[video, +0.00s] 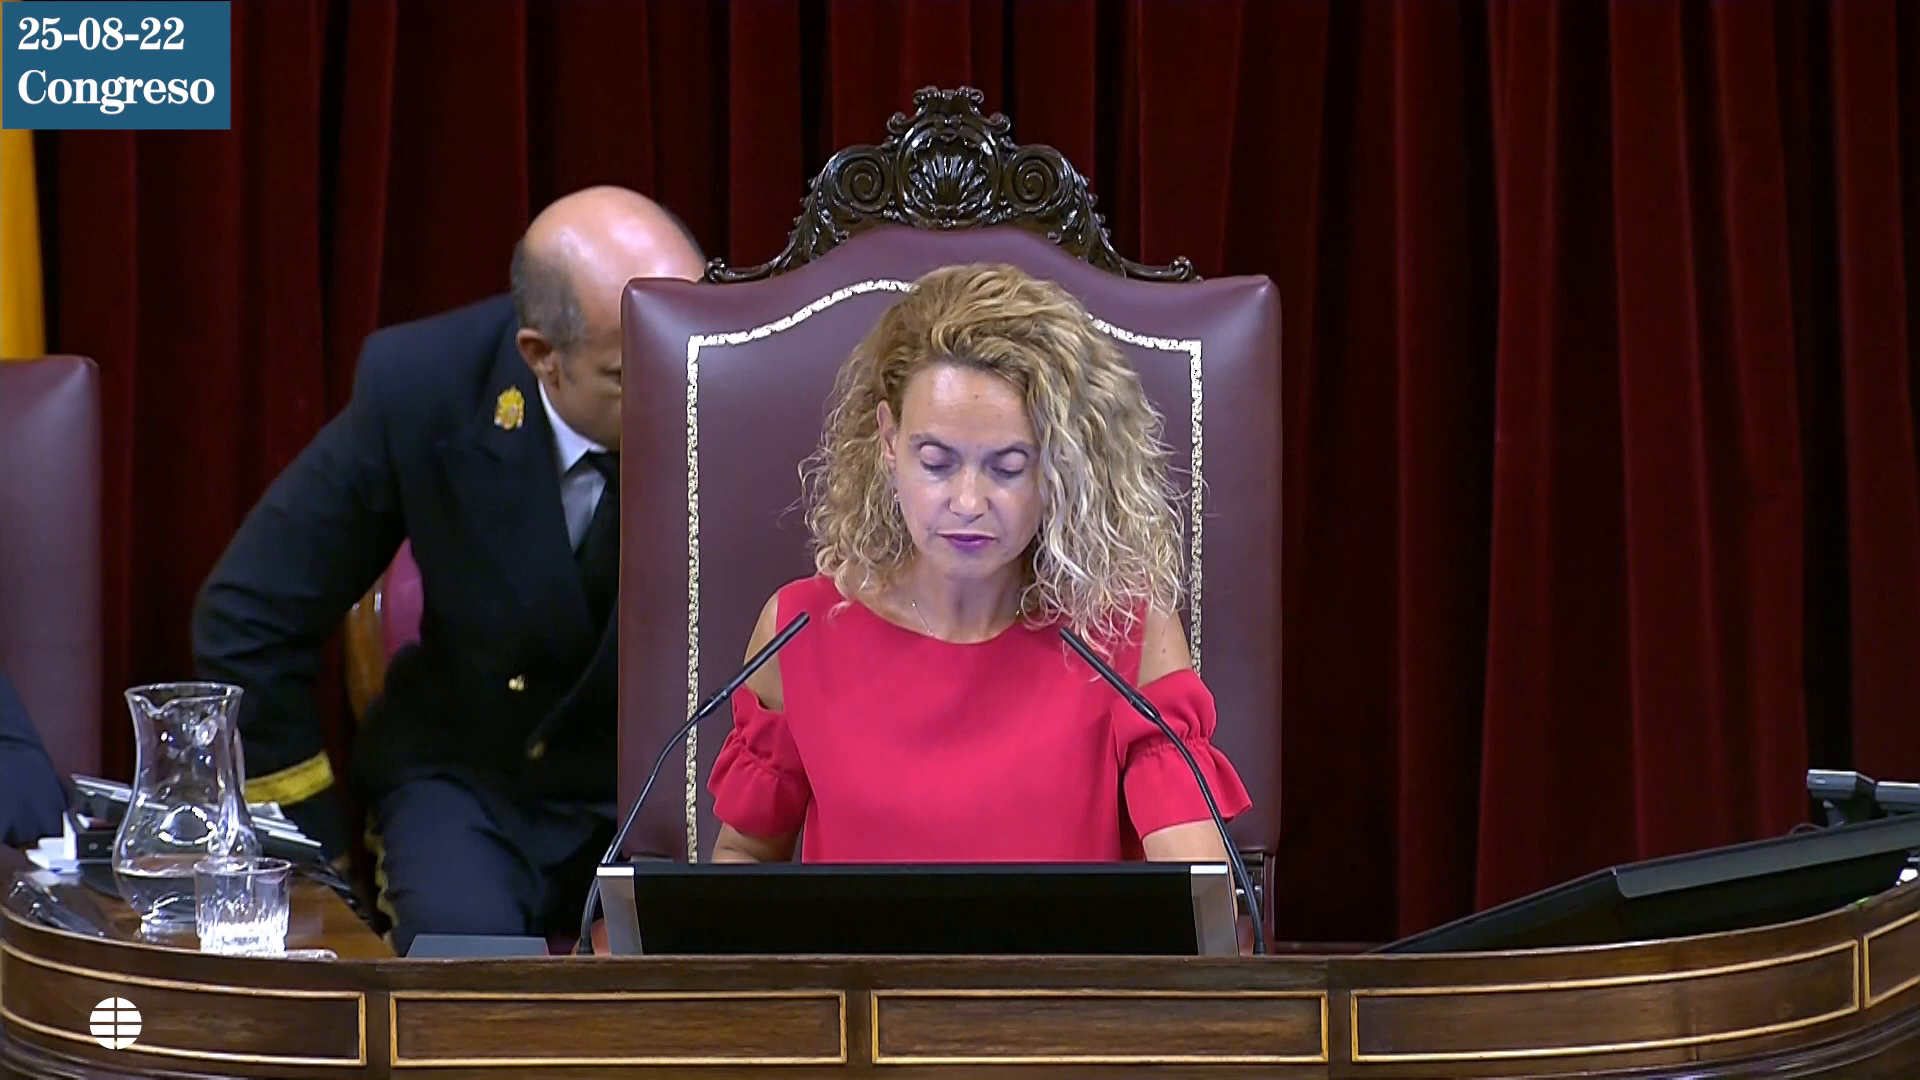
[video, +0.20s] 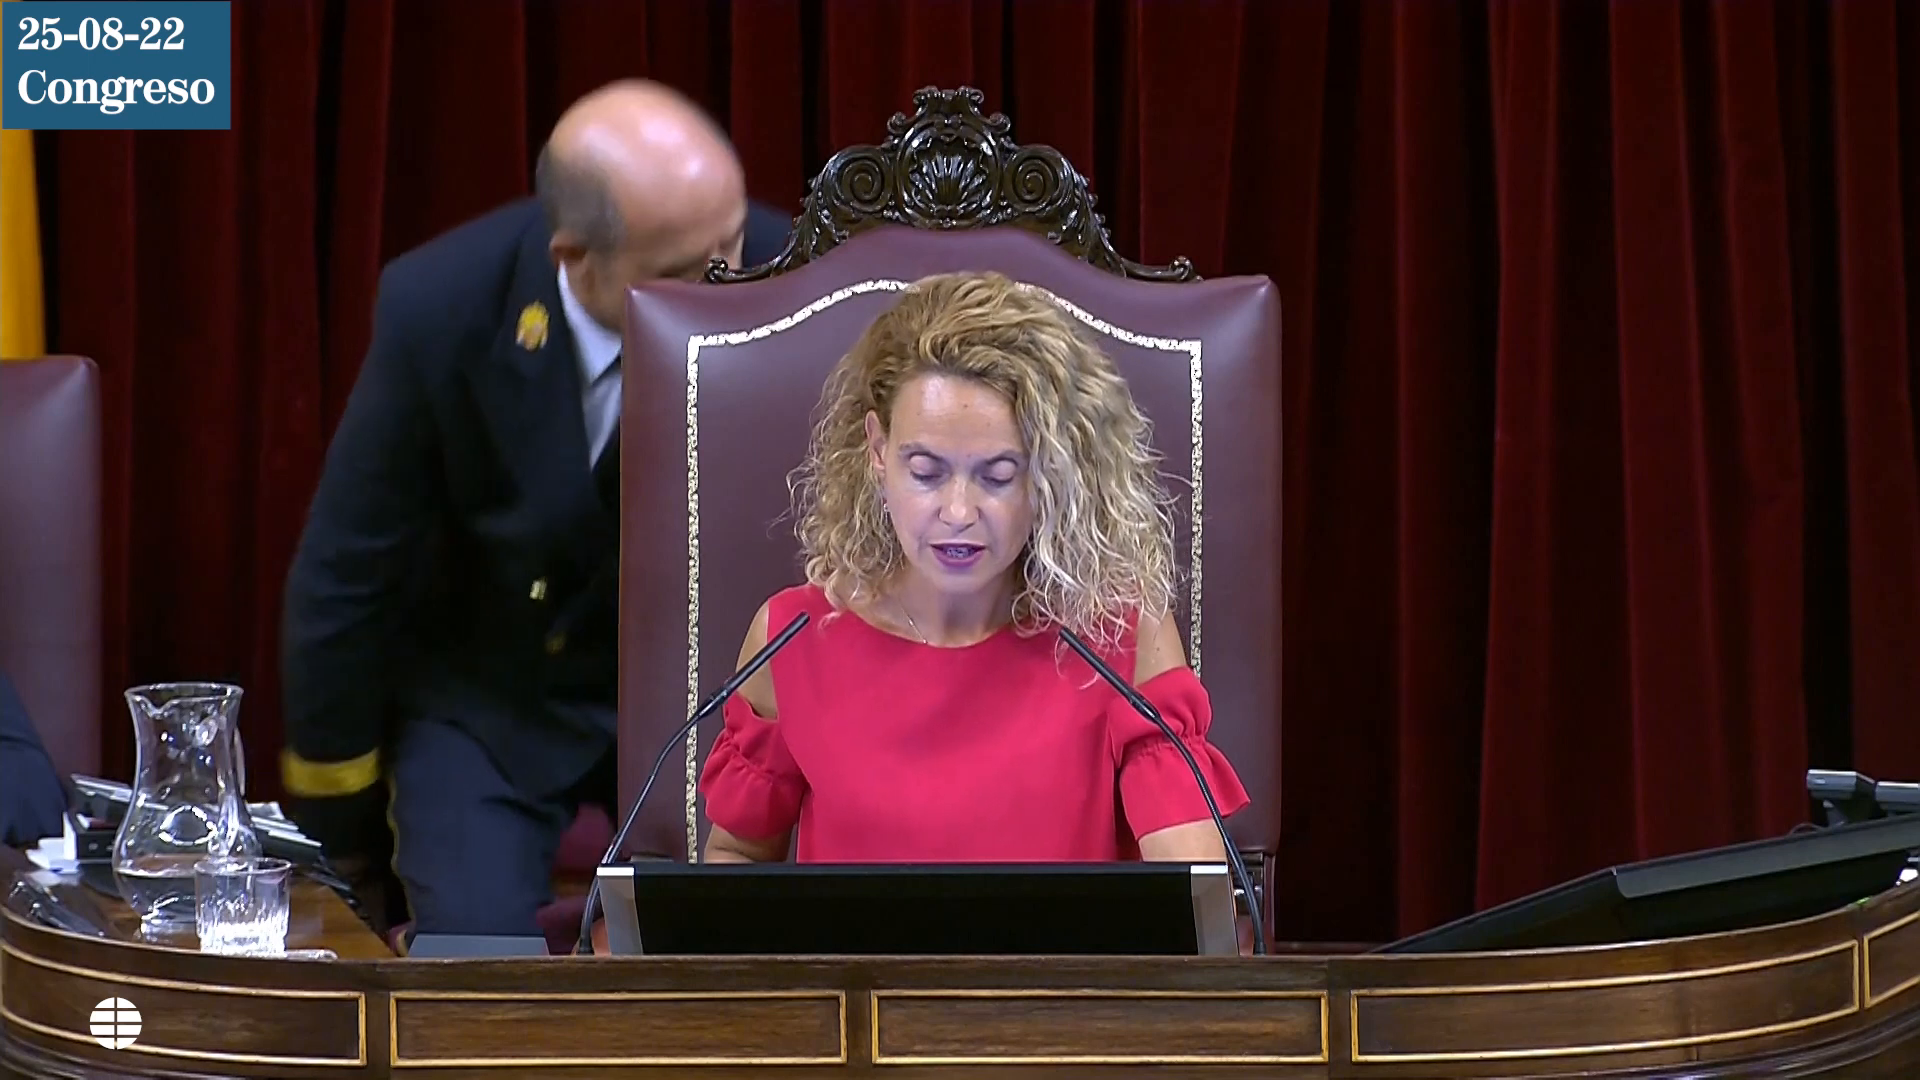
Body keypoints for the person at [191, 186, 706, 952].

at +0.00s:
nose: (654, 395)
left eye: (666, 367)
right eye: (622, 376)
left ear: (697, 335)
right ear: (541, 356)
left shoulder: (727, 408)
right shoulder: (422, 394)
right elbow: (246, 619)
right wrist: (319, 855)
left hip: (643, 781)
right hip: (458, 770)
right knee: (474, 978)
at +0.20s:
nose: (721, 287)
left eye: (731, 255)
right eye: (687, 274)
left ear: (734, 208)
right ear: (574, 262)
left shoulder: (781, 284)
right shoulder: (441, 311)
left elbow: (809, 534)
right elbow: (345, 564)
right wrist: (338, 825)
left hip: (688, 678)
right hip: (484, 698)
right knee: (477, 959)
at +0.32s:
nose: (755, 174)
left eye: (762, 133)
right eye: (712, 158)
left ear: (769, 97)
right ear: (603, 149)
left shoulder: (837, 205)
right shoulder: (473, 226)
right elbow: (386, 506)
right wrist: (365, 810)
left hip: (736, 616)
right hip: (517, 639)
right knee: (475, 976)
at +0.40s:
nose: (785, 95)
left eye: (795, 54)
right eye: (746, 75)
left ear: (809, 28)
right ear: (636, 69)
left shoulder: (870, 139)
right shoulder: (491, 154)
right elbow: (385, 438)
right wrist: (357, 742)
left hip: (764, 598)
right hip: (521, 615)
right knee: (485, 971)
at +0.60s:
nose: (955, 515)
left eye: (981, 487)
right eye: (929, 485)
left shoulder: (930, 20)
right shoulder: (569, 23)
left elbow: (974, 292)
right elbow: (436, 277)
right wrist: (373, 592)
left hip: (832, 576)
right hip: (575, 568)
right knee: (550, 936)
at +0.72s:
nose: (955, 521)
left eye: (989, 484)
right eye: (924, 483)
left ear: (1028, 492)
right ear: (877, 476)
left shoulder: (975, 11)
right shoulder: (602, 18)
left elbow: (1013, 250)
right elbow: (487, 239)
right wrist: (456, 549)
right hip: (641, 495)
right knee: (655, 885)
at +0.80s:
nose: (957, 520)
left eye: (988, 485)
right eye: (924, 480)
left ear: (1028, 492)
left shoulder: (997, 10)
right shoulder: (625, 13)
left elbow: (1028, 241)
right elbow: (519, 237)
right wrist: (518, 542)